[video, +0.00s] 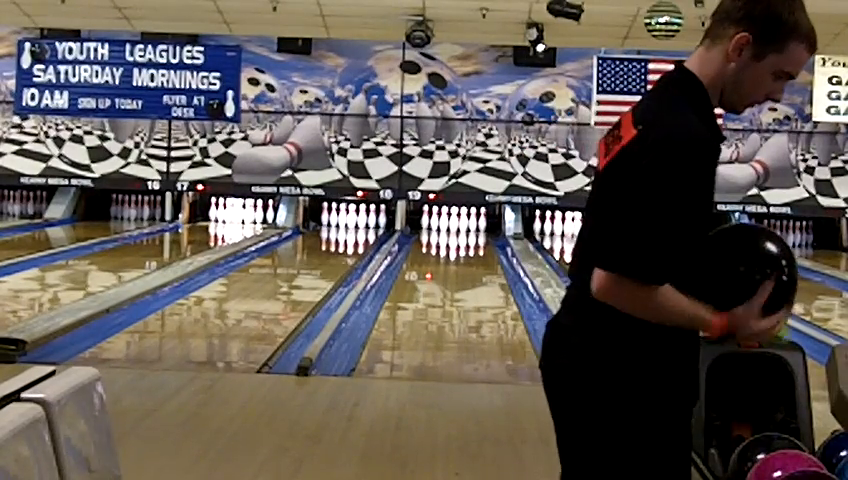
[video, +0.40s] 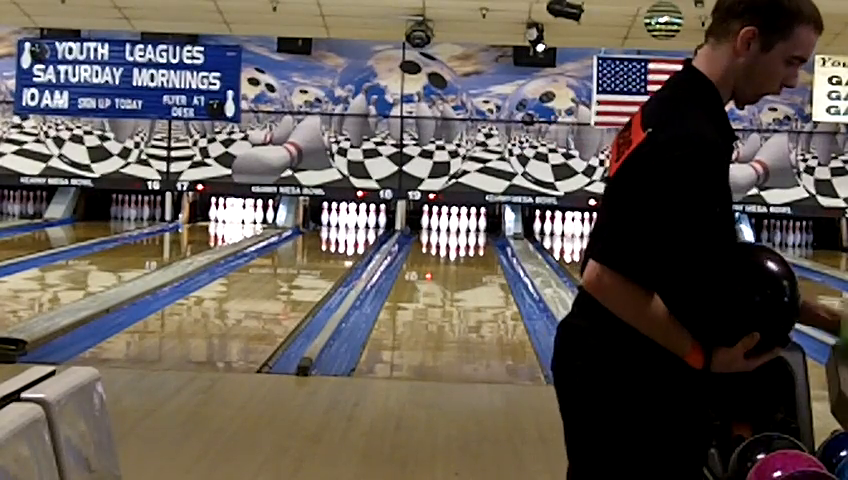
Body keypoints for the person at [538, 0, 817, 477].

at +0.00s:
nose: (777, 94)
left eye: (787, 82)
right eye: (779, 76)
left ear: (737, 48)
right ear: (740, 48)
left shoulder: (670, 107)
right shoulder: (682, 129)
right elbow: (612, 282)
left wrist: (729, 299)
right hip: (619, 363)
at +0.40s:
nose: (792, 81)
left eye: (800, 66)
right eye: (791, 62)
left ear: (743, 43)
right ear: (747, 42)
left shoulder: (688, 111)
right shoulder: (689, 128)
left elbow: (696, 256)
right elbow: (602, 275)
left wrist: (793, 304)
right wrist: (702, 355)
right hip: (625, 369)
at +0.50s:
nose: (793, 78)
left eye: (800, 63)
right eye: (792, 59)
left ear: (743, 42)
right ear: (748, 41)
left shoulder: (690, 111)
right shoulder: (692, 127)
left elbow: (712, 261)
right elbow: (605, 275)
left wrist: (815, 310)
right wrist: (704, 354)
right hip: (625, 368)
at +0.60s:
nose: (792, 75)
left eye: (798, 60)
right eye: (790, 56)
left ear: (740, 40)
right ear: (746, 40)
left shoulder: (677, 101)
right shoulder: (698, 127)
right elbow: (616, 278)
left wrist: (810, 295)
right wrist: (717, 352)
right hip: (631, 369)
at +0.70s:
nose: (783, 74)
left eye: (790, 58)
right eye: (783, 55)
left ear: (735, 38)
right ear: (742, 38)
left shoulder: (658, 99)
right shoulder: (708, 141)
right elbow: (647, 289)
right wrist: (739, 348)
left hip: (590, 344)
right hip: (643, 368)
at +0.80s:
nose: (772, 73)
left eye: (779, 58)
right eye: (774, 55)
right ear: (737, 39)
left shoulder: (639, 101)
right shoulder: (714, 145)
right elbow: (671, 297)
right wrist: (749, 328)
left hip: (588, 346)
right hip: (653, 369)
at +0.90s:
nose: (763, 70)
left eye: (770, 57)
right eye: (766, 54)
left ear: (690, 28)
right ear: (734, 39)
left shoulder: (630, 103)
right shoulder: (714, 144)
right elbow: (697, 299)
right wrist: (766, 308)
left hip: (593, 347)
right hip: (668, 365)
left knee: (609, 478)